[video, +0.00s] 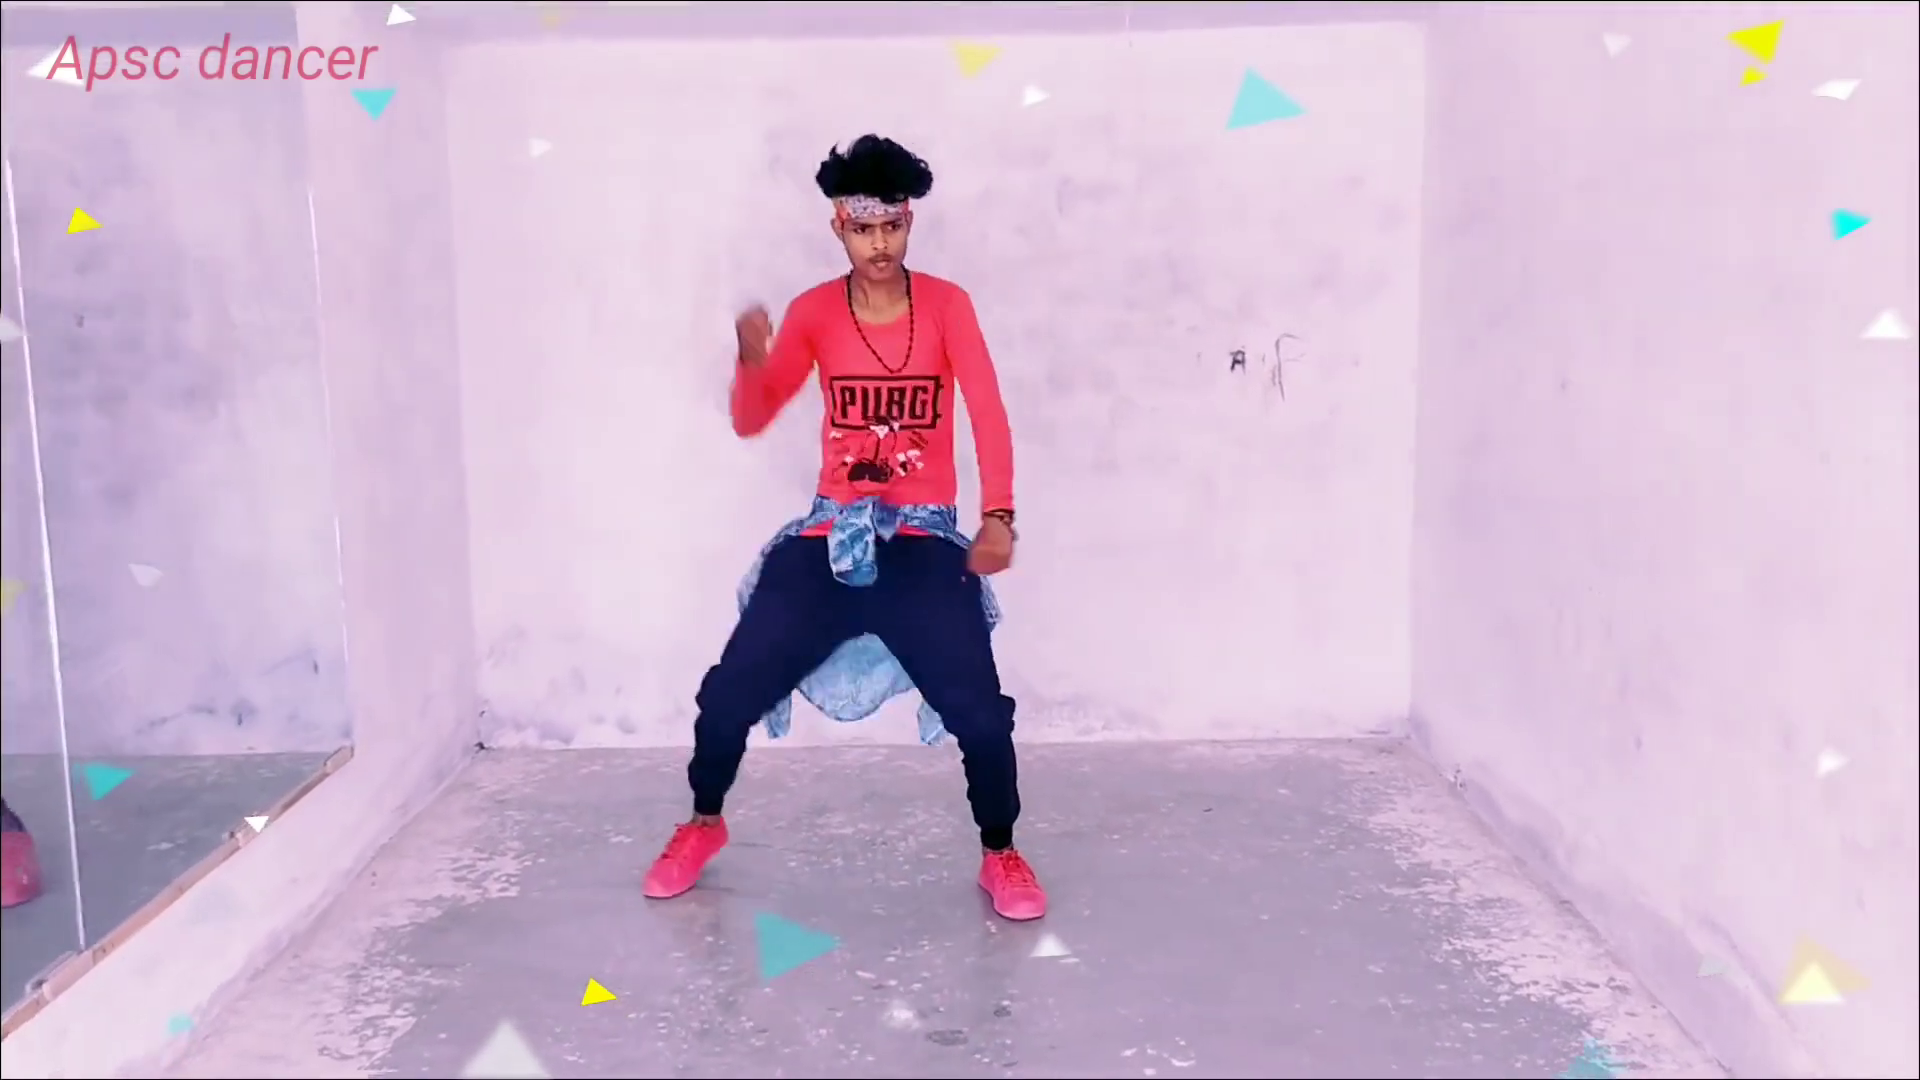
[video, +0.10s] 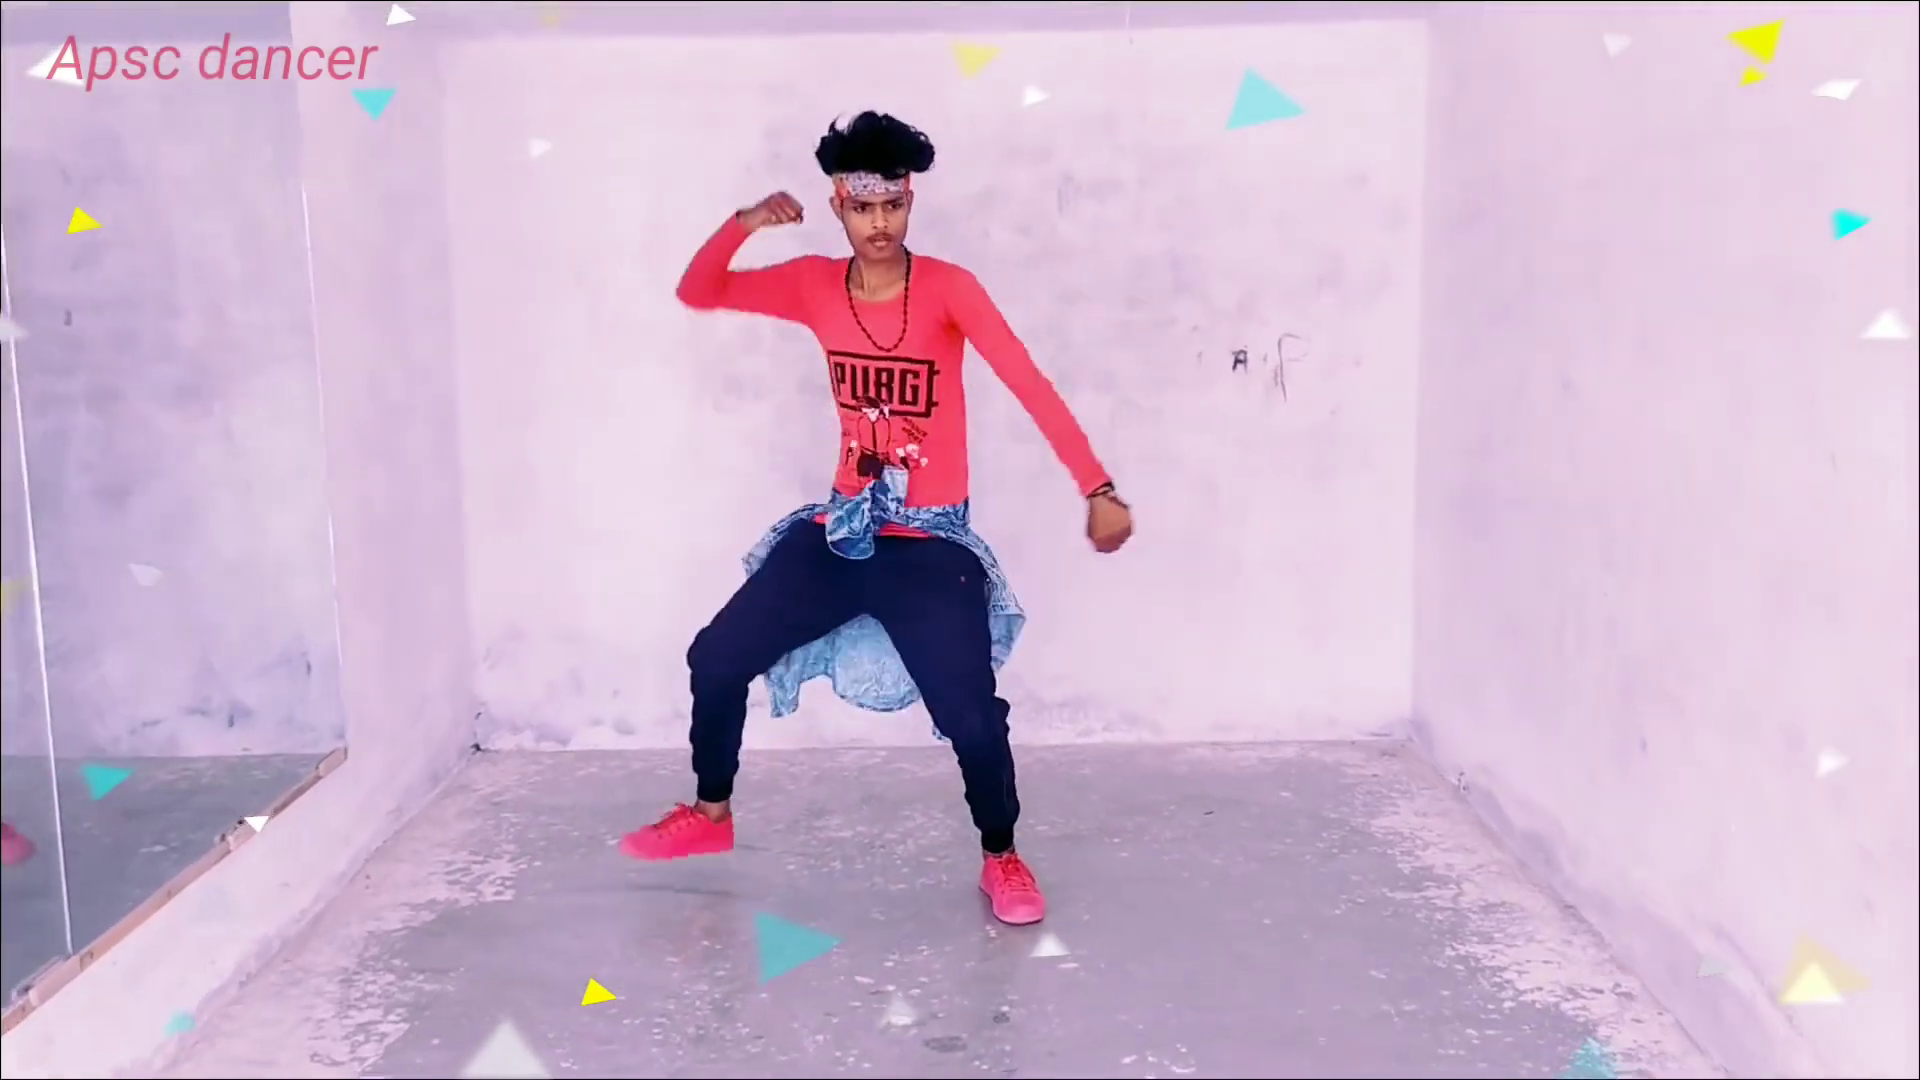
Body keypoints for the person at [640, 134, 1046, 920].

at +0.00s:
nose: (881, 244)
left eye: (893, 226)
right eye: (863, 228)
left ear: (912, 226)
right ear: (839, 230)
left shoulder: (946, 307)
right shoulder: (812, 313)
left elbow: (986, 410)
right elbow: (750, 421)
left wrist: (997, 515)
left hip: (923, 546)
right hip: (826, 543)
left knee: (982, 717)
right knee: (723, 702)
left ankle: (1001, 855)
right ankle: (704, 824)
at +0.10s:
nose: (878, 223)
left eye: (891, 204)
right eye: (860, 205)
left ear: (912, 203)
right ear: (837, 208)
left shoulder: (951, 291)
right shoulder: (813, 284)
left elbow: (1028, 384)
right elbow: (699, 290)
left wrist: (1098, 489)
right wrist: (742, 223)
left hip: (930, 545)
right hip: (837, 536)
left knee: (972, 716)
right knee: (716, 657)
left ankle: (1001, 857)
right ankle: (709, 814)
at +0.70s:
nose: (853, 262)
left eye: (866, 244)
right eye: (834, 245)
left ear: (884, 247)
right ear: (806, 250)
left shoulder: (919, 342)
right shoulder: (783, 332)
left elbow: (1012, 435)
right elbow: (702, 343)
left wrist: (1115, 520)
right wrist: (721, 270)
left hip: (899, 598)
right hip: (804, 592)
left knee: (951, 771)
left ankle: (1003, 896)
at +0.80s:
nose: (826, 268)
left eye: (841, 249)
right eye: (809, 252)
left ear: (863, 246)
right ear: (788, 252)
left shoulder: (903, 340)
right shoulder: (773, 345)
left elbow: (952, 449)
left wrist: (1004, 553)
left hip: (897, 553)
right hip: (800, 558)